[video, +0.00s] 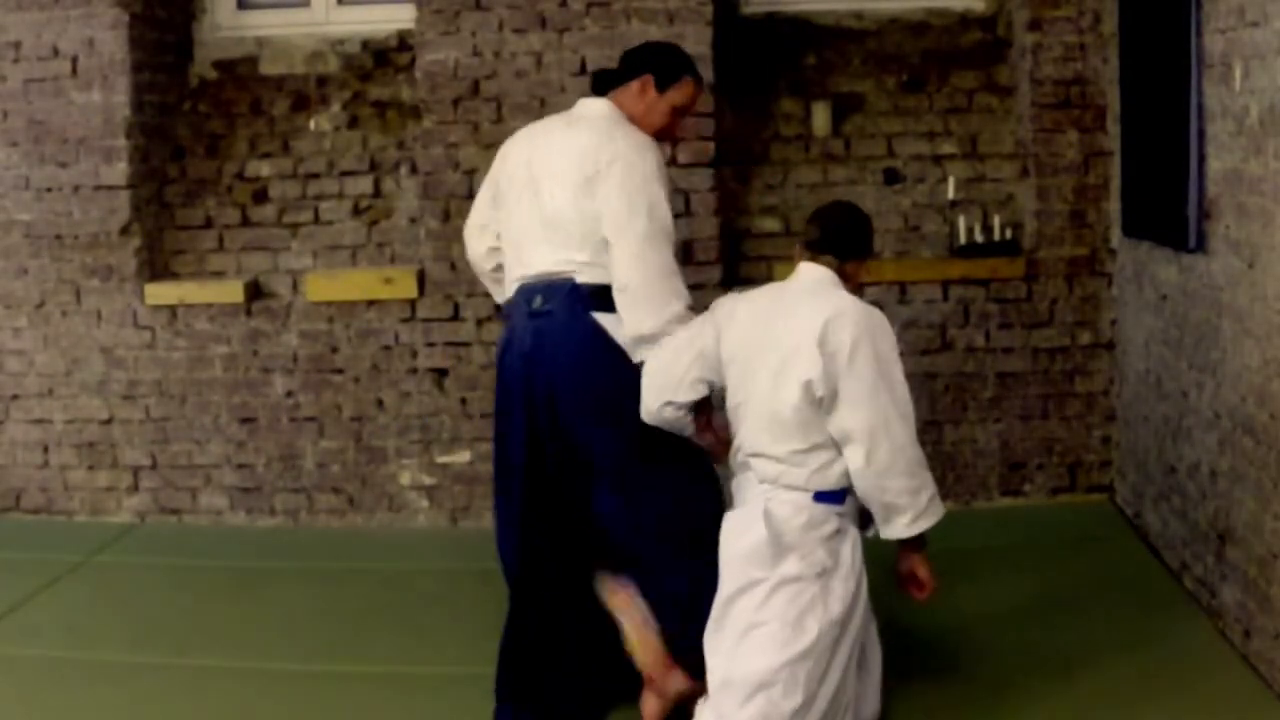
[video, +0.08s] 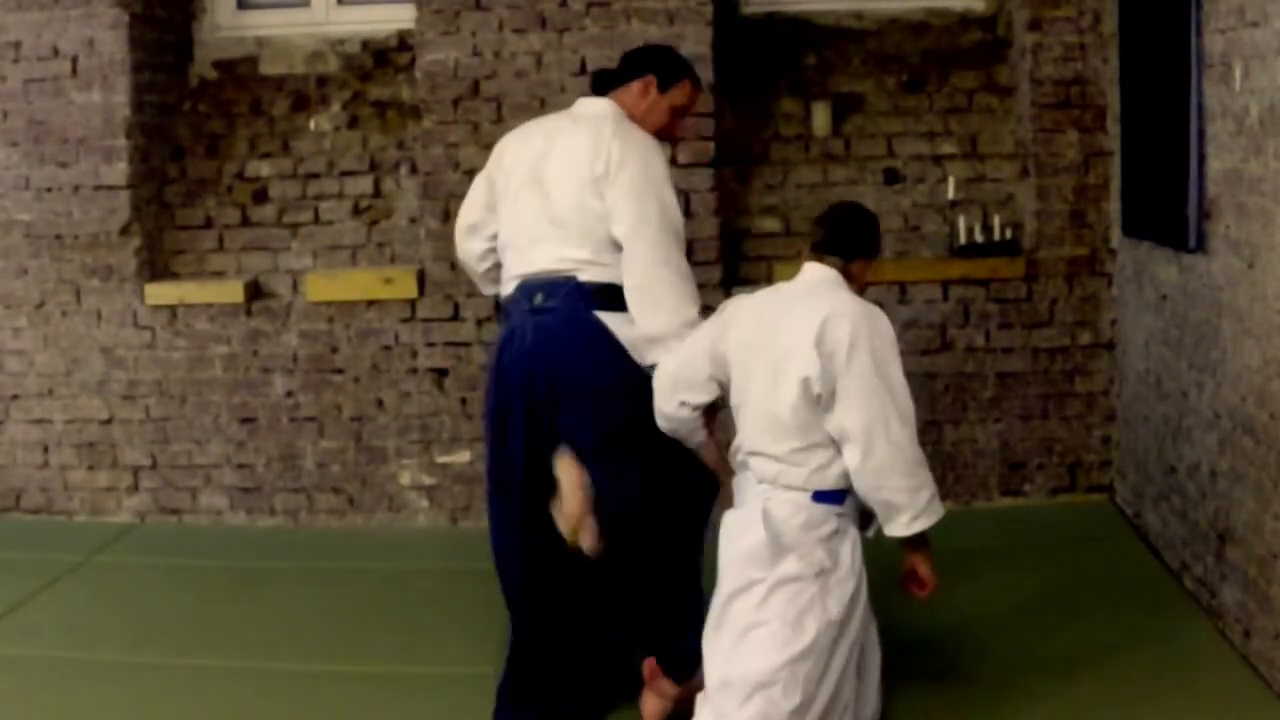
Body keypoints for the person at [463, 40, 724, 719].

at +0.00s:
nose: (677, 131)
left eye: (685, 116)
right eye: (679, 110)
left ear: (626, 87)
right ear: (643, 87)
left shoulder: (522, 143)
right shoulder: (626, 148)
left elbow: (480, 237)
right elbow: (648, 280)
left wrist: (527, 303)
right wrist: (694, 389)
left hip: (523, 338)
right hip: (598, 327)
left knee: (541, 525)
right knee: (676, 497)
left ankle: (540, 694)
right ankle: (640, 594)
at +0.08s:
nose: (675, 132)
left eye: (684, 118)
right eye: (677, 112)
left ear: (622, 86)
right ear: (643, 88)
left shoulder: (517, 141)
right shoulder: (628, 147)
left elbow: (471, 237)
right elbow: (657, 276)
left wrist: (518, 297)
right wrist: (697, 390)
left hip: (519, 336)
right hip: (599, 326)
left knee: (524, 517)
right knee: (658, 494)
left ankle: (540, 679)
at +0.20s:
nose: (678, 133)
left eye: (686, 119)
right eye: (681, 114)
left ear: (628, 86)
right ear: (648, 89)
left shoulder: (518, 139)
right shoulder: (631, 147)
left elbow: (474, 239)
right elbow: (657, 269)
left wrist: (520, 296)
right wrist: (703, 378)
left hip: (518, 336)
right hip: (600, 326)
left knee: (521, 518)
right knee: (648, 498)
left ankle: (538, 681)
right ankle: (607, 666)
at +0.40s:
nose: (686, 116)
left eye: (694, 101)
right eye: (688, 96)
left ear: (634, 76)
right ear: (654, 76)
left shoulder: (538, 135)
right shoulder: (632, 132)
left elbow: (516, 241)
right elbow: (649, 253)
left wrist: (562, 302)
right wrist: (692, 360)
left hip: (530, 332)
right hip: (606, 327)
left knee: (540, 516)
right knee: (658, 502)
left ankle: (545, 685)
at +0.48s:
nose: (695, 99)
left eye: (699, 85)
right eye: (692, 82)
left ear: (635, 71)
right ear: (655, 70)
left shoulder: (553, 133)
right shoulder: (636, 134)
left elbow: (557, 242)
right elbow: (649, 253)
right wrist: (696, 355)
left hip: (545, 326)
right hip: (611, 325)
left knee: (548, 513)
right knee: (666, 488)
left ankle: (538, 682)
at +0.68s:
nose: (717, 82)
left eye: (719, 68)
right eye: (709, 66)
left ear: (662, 63)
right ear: (669, 60)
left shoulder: (611, 122)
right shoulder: (645, 131)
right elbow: (664, 252)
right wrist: (720, 356)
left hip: (603, 325)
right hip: (641, 333)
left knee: (605, 501)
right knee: (661, 497)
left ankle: (596, 659)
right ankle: (666, 656)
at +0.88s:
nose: (731, 76)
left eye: (735, 63)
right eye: (721, 62)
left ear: (692, 62)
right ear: (677, 58)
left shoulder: (688, 123)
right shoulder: (656, 130)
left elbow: (707, 218)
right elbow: (668, 243)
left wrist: (750, 254)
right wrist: (711, 346)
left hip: (706, 308)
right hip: (674, 318)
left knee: (703, 471)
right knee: (683, 474)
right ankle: (679, 624)